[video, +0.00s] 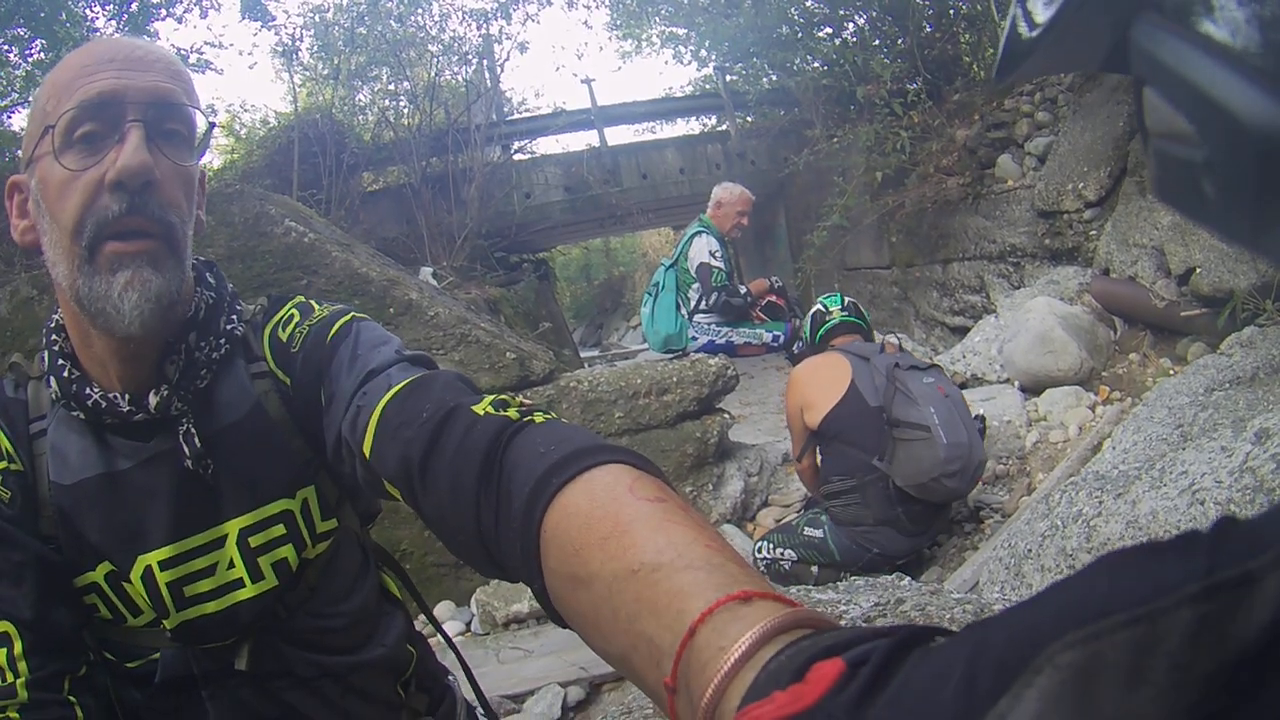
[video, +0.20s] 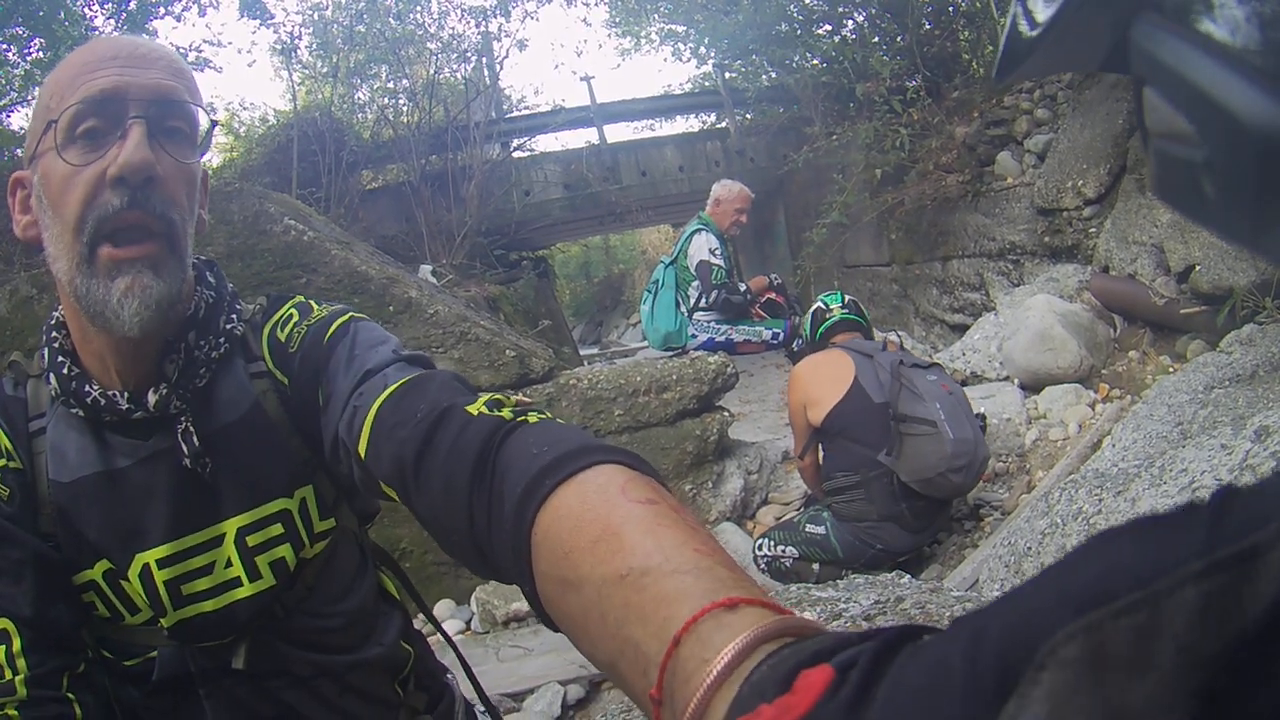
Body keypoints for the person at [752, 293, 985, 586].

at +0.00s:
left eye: (803, 338)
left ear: (812, 339)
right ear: (866, 330)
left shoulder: (805, 375)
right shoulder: (897, 357)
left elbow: (805, 464)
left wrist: (830, 503)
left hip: (873, 535)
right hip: (931, 518)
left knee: (766, 550)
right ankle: (908, 560)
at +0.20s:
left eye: (803, 336)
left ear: (813, 334)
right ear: (866, 327)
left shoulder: (807, 371)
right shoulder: (896, 355)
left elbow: (806, 461)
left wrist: (831, 502)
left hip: (874, 531)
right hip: (933, 514)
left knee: (766, 550)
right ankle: (909, 556)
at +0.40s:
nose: (766, 365)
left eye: (769, 357)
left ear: (777, 356)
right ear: (829, 347)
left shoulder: (775, 394)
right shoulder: (862, 371)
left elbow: (776, 483)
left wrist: (799, 521)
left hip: (848, 551)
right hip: (904, 532)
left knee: (735, 566)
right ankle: (878, 578)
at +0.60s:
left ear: (664, 303)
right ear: (725, 286)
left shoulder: (667, 338)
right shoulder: (757, 312)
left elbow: (668, 424)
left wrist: (695, 461)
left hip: (739, 495)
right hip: (799, 476)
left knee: (626, 519)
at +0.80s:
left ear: (642, 262)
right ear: (704, 244)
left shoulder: (639, 296)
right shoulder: (735, 270)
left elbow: (646, 385)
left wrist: (669, 419)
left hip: (718, 459)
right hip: (778, 437)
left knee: (609, 474)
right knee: (659, 430)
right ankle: (753, 477)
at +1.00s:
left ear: (652, 231)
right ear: (711, 214)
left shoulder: (646, 266)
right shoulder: (745, 240)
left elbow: (654, 356)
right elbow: (819, 303)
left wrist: (674, 394)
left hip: (721, 425)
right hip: (784, 408)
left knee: (621, 448)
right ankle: (768, 449)